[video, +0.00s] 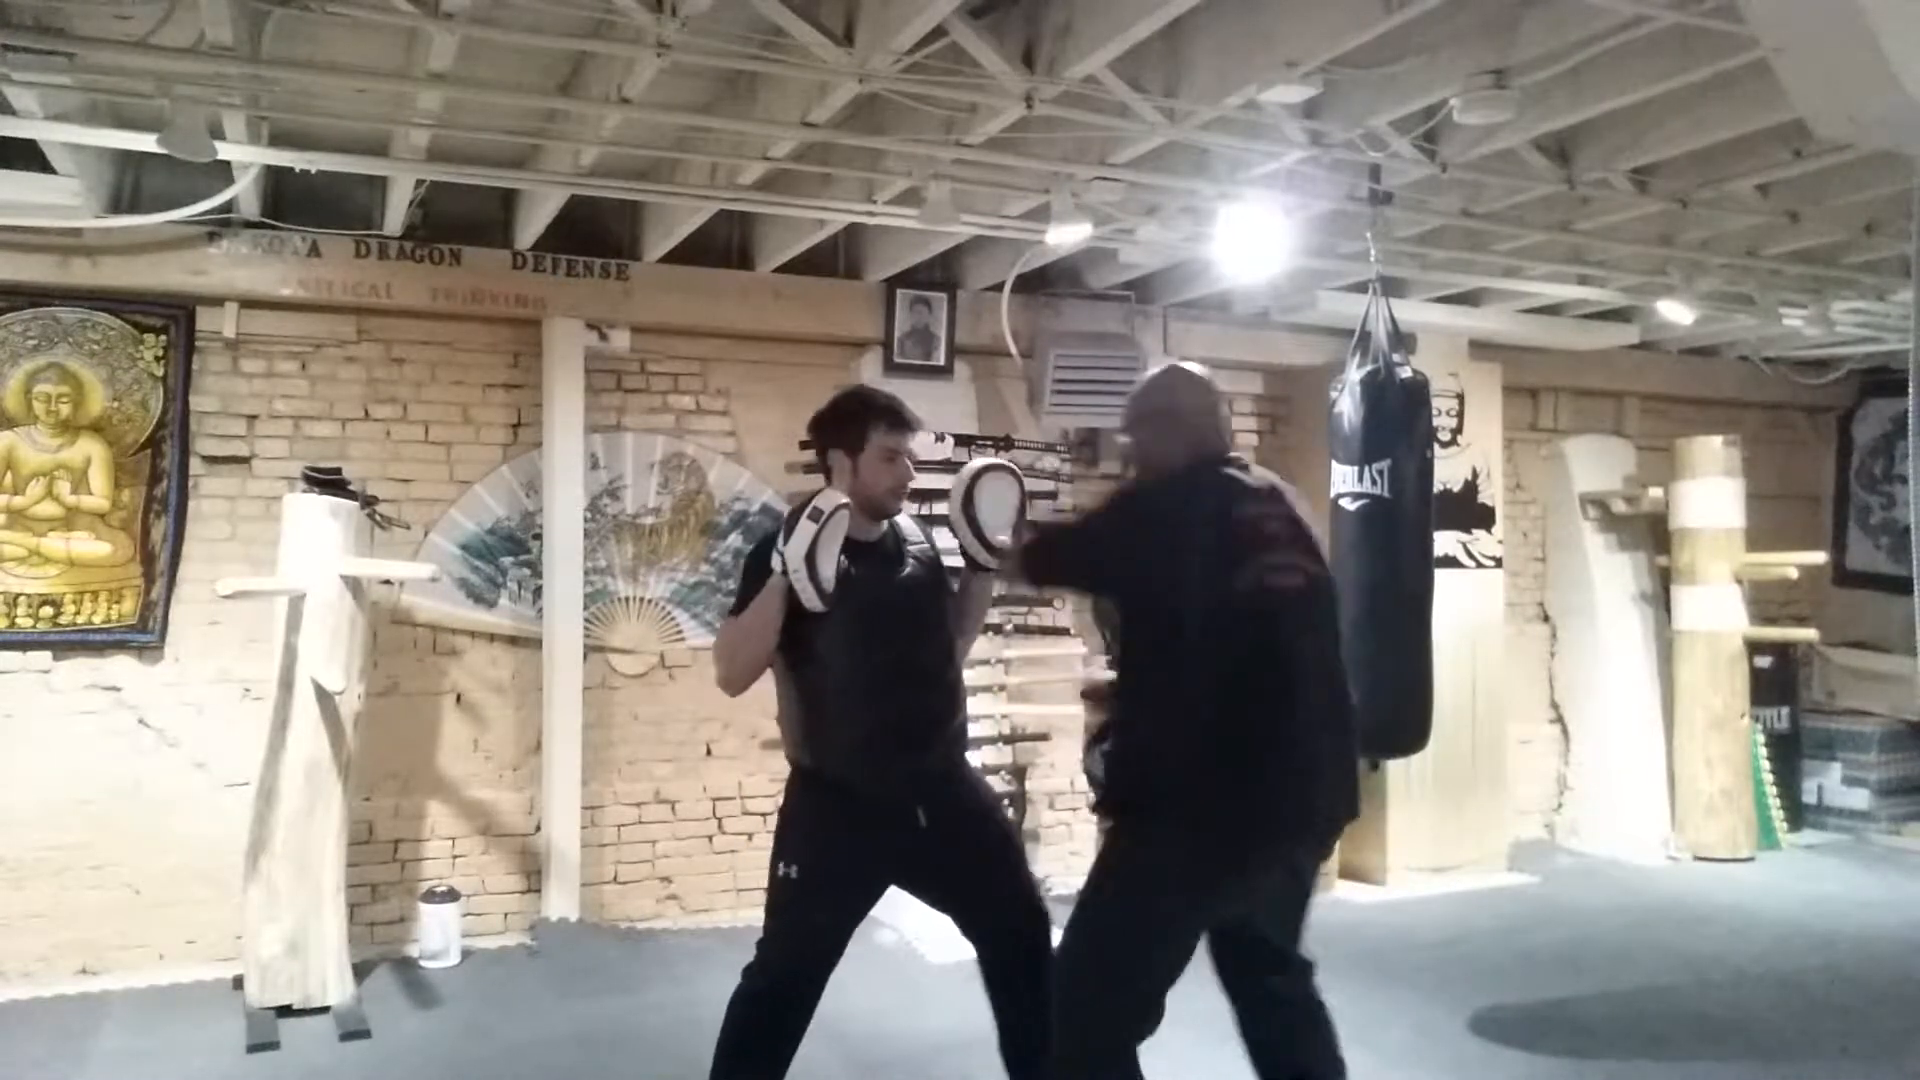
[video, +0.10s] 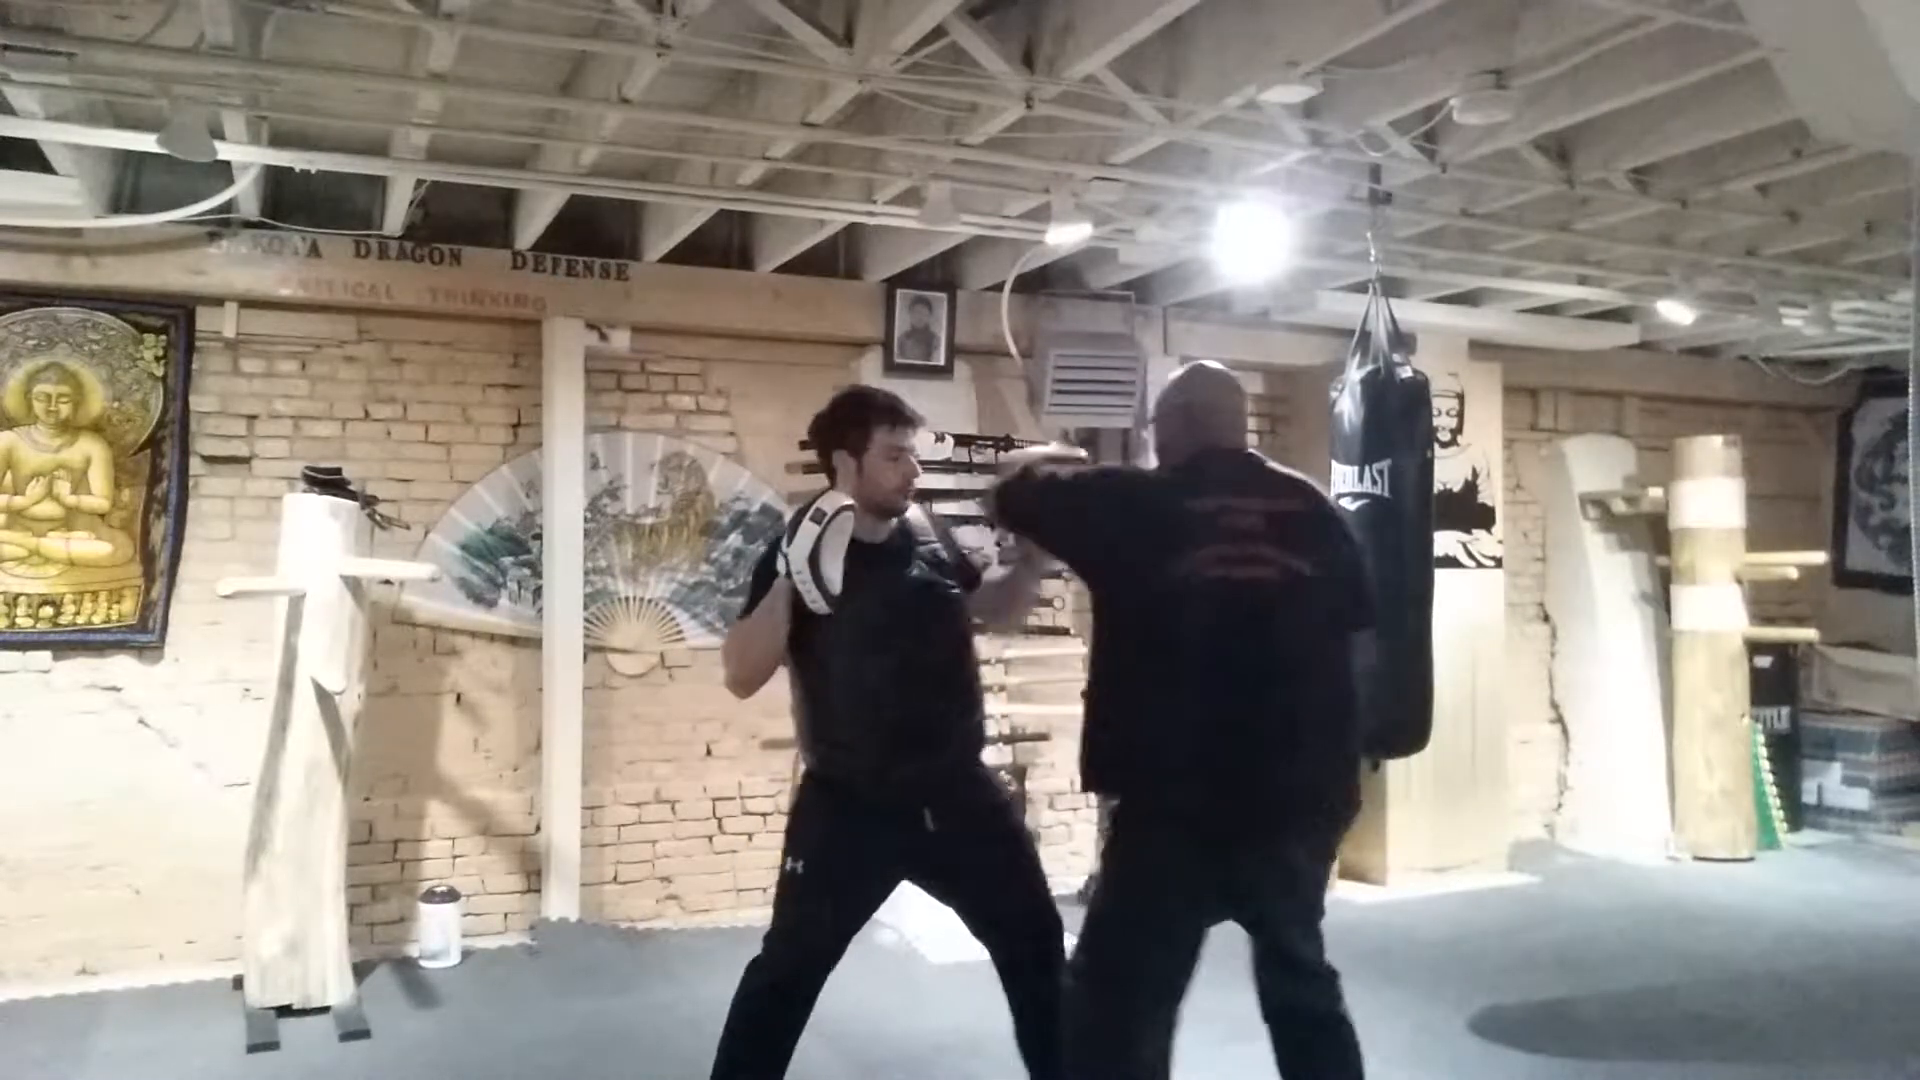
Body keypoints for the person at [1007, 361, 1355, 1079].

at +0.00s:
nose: (1129, 445)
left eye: (1138, 428)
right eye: (1129, 428)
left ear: (1167, 432)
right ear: (1216, 432)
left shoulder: (1155, 512)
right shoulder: (1274, 508)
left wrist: (1021, 551)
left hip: (1188, 810)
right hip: (1298, 799)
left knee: (1090, 1011)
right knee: (1267, 968)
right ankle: (1315, 1075)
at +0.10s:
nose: (1153, 437)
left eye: (1156, 426)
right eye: (1159, 427)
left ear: (1166, 431)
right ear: (1244, 427)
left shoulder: (1132, 501)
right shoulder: (1312, 509)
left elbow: (1013, 493)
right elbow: (1357, 611)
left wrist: (1051, 458)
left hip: (1171, 806)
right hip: (1297, 803)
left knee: (1118, 1014)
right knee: (1302, 982)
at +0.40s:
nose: (1139, 440)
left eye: (1143, 426)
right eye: (1142, 426)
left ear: (1158, 429)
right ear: (1234, 420)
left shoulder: (1140, 510)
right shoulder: (1315, 497)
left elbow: (1036, 578)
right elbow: (1381, 589)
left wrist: (1089, 503)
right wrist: (1293, 587)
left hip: (1191, 793)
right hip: (1304, 784)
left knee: (1089, 985)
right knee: (1284, 962)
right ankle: (1329, 1079)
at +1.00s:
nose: (1100, 417)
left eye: (1116, 398)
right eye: (1099, 400)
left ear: (1163, 400)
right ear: (1176, 403)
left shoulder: (1195, 495)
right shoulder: (1231, 479)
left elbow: (1157, 666)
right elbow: (1207, 608)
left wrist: (1077, 583)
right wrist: (1121, 556)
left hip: (1241, 772)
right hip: (1295, 758)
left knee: (1130, 984)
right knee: (1267, 947)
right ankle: (1344, 1076)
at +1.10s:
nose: (1137, 410)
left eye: (1148, 392)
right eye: (1140, 392)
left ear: (1188, 398)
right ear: (1218, 396)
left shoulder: (1218, 494)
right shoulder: (1272, 474)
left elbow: (1154, 652)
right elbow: (1226, 586)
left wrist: (1088, 583)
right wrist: (1140, 551)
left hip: (1263, 777)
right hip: (1326, 763)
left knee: (1150, 991)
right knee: (1297, 951)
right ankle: (1390, 1075)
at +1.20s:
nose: (1182, 415)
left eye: (1193, 396)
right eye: (1184, 397)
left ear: (1236, 398)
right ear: (1261, 397)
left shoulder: (1251, 497)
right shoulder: (1318, 483)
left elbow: (1196, 648)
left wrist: (1134, 609)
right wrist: (1167, 603)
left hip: (1274, 798)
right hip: (1351, 785)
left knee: (1172, 1009)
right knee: (1355, 978)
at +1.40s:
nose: (1248, 399)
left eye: (1259, 382)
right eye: (1252, 382)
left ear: (1304, 385)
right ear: (1327, 385)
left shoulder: (1298, 477)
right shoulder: (1391, 463)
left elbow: (1297, 633)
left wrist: (1246, 622)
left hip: (1352, 760)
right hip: (1431, 747)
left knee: (1249, 970)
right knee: (1399, 937)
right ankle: (1432, 1073)